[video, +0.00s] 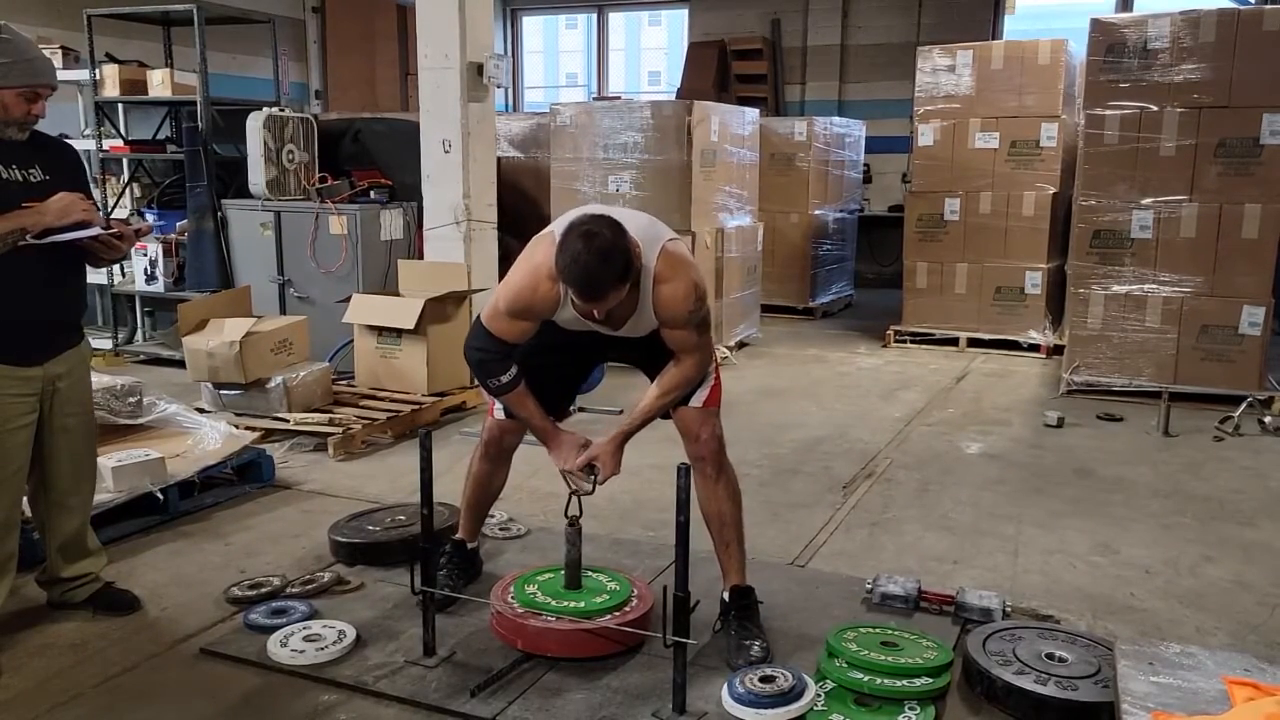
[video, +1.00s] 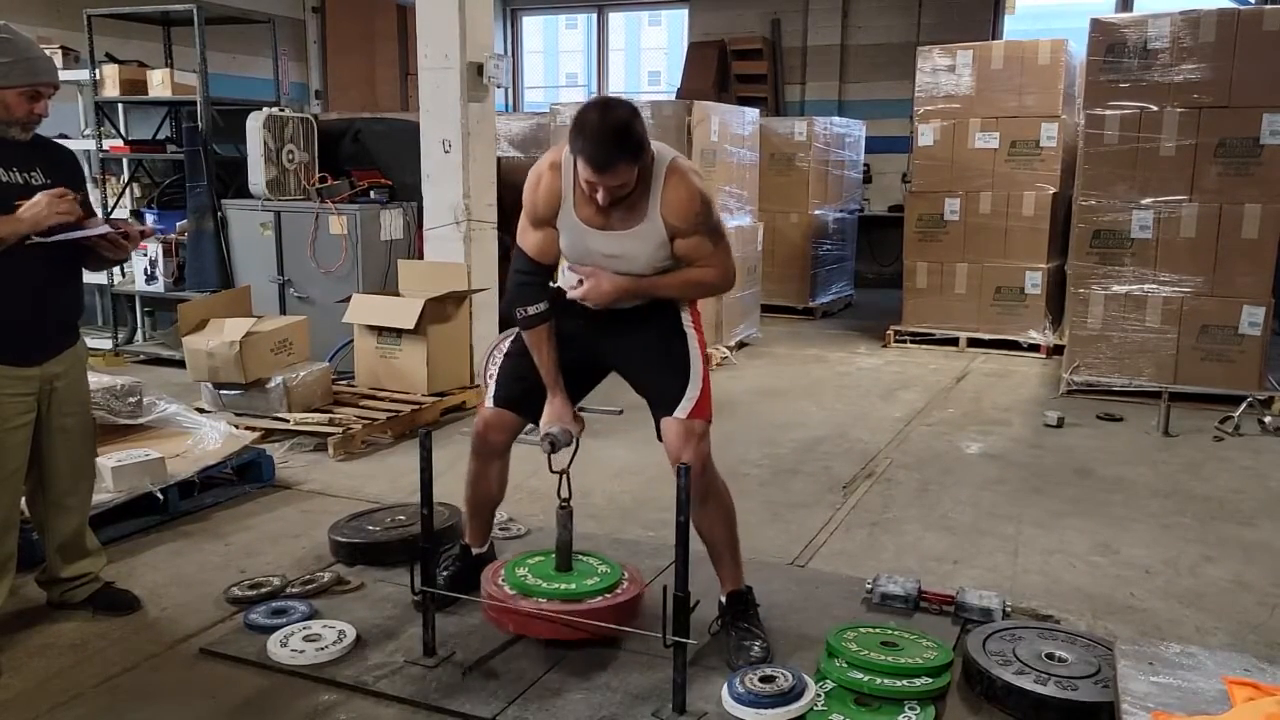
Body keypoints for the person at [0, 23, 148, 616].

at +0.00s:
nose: (39, 107)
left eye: (45, 96)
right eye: (28, 96)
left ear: (48, 92)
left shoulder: (60, 156)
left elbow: (84, 246)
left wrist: (110, 249)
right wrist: (38, 216)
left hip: (65, 346)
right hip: (7, 355)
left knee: (70, 474)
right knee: (7, 489)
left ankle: (74, 581)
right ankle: (0, 597)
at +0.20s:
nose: (39, 107)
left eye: (44, 96)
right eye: (28, 96)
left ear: (47, 92)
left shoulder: (60, 155)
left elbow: (84, 247)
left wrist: (110, 249)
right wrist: (38, 217)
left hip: (65, 346)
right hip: (7, 355)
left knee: (70, 474)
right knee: (7, 489)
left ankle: (74, 581)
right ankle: (1, 597)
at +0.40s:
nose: (38, 107)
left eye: (44, 96)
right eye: (28, 96)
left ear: (46, 92)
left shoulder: (59, 156)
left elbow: (83, 246)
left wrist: (109, 249)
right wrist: (38, 217)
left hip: (65, 346)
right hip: (6, 355)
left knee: (70, 473)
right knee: (7, 489)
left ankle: (74, 581)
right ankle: (0, 598)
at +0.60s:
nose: (38, 108)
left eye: (43, 96)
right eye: (27, 96)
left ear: (46, 92)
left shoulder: (58, 156)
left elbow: (82, 246)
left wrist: (109, 249)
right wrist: (37, 217)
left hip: (64, 347)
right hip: (5, 355)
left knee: (70, 474)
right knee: (6, 490)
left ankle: (74, 581)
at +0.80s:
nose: (37, 107)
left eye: (43, 96)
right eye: (27, 96)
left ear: (45, 92)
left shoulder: (57, 157)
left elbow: (85, 243)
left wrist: (109, 248)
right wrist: (33, 214)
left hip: (64, 346)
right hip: (5, 354)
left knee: (69, 473)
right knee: (6, 489)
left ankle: (74, 581)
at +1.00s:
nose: (43, 107)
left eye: (48, 95)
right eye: (32, 95)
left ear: (50, 92)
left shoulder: (58, 158)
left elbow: (86, 249)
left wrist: (112, 249)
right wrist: (21, 222)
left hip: (62, 347)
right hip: (5, 357)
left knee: (69, 473)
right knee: (7, 490)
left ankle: (74, 581)